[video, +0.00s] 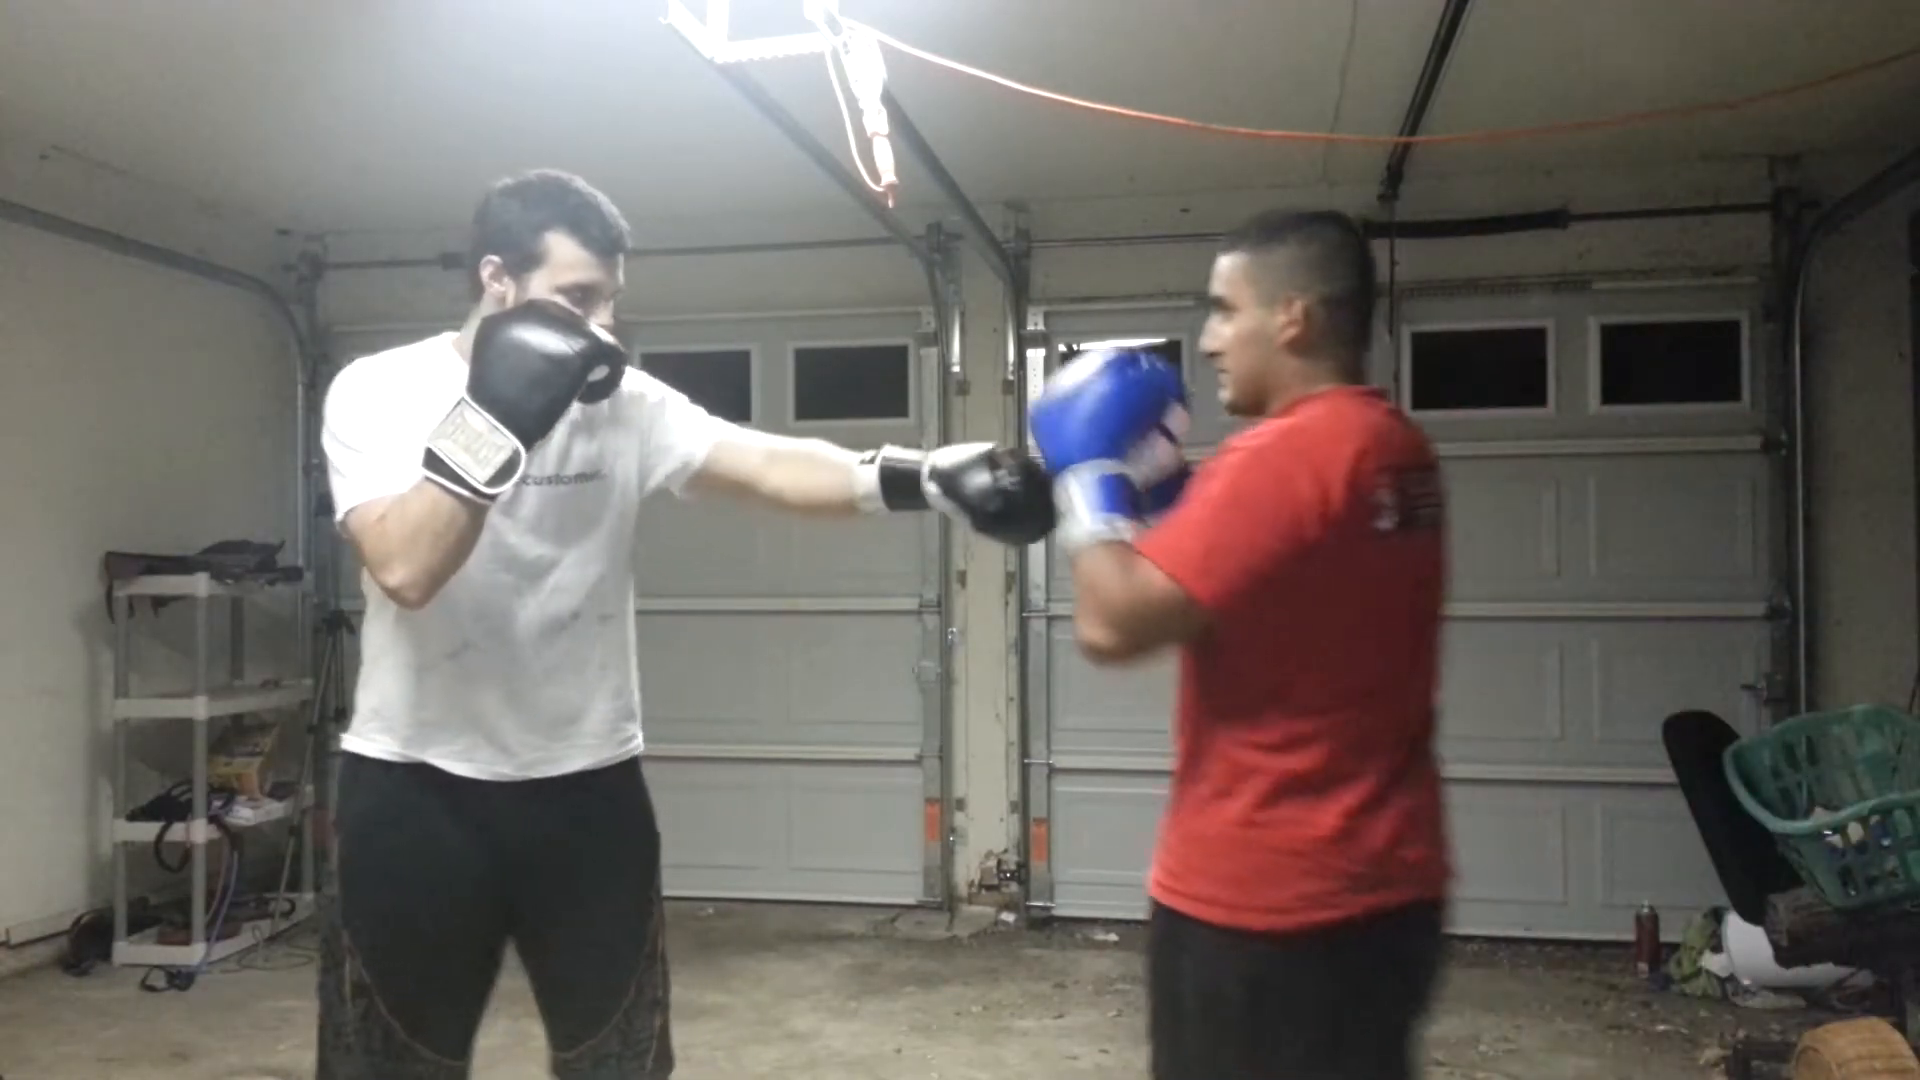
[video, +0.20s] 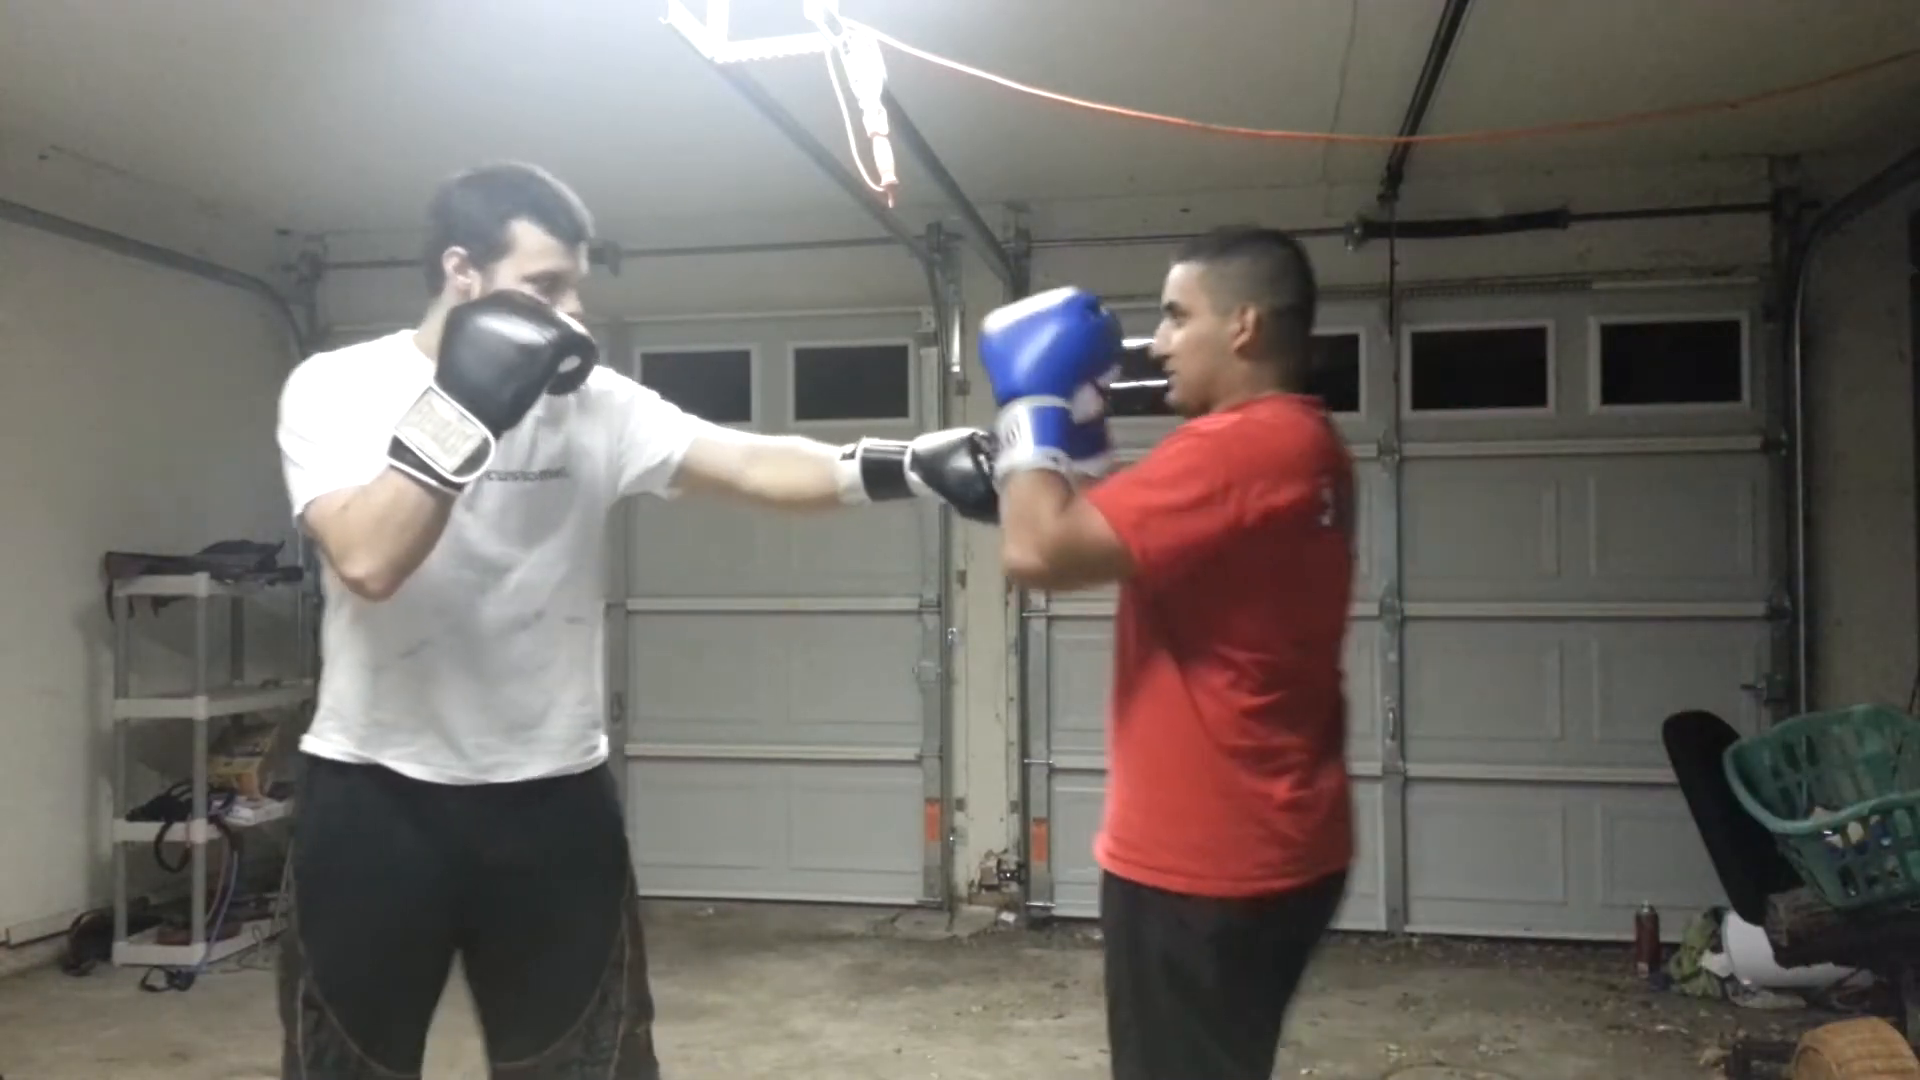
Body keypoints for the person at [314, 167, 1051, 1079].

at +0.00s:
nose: (597, 327)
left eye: (609, 305)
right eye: (576, 299)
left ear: (615, 295)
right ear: (495, 281)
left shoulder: (622, 402)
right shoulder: (378, 393)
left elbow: (769, 465)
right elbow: (403, 569)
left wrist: (921, 474)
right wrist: (497, 409)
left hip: (589, 793)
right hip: (415, 793)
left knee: (621, 1058)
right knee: (391, 1060)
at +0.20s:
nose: (569, 314)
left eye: (577, 289)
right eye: (543, 287)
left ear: (580, 281)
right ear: (460, 272)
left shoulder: (590, 401)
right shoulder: (337, 387)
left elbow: (750, 461)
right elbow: (367, 559)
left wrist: (911, 462)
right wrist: (465, 400)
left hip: (555, 805)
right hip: (373, 805)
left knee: (588, 1064)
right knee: (346, 1065)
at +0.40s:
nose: (541, 288)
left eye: (545, 265)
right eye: (517, 260)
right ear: (430, 251)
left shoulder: (542, 371)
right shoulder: (303, 380)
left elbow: (683, 495)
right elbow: (350, 576)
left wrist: (841, 531)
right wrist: (496, 459)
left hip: (540, 803)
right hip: (363, 816)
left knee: (582, 1064)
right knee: (357, 1063)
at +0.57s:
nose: (551, 272)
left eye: (552, 250)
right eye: (528, 243)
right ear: (442, 242)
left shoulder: (539, 417)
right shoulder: (330, 382)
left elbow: (623, 582)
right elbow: (409, 599)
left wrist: (763, 656)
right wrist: (601, 641)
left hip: (519, 818)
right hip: (357, 815)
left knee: (516, 1065)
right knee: (354, 1065)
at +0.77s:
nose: (576, 255)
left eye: (573, 234)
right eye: (555, 228)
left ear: (487, 231)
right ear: (475, 226)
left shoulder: (517, 403)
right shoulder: (404, 361)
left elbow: (578, 572)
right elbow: (555, 564)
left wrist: (728, 621)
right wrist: (721, 629)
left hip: (503, 802)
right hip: (370, 800)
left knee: (507, 1062)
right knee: (359, 1062)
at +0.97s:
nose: (580, 251)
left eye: (577, 225)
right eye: (567, 219)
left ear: (487, 216)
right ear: (494, 209)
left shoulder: (423, 343)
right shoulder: (474, 337)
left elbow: (534, 558)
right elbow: (634, 520)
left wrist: (697, 600)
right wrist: (769, 547)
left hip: (392, 770)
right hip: (440, 776)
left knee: (377, 1060)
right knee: (485, 1053)